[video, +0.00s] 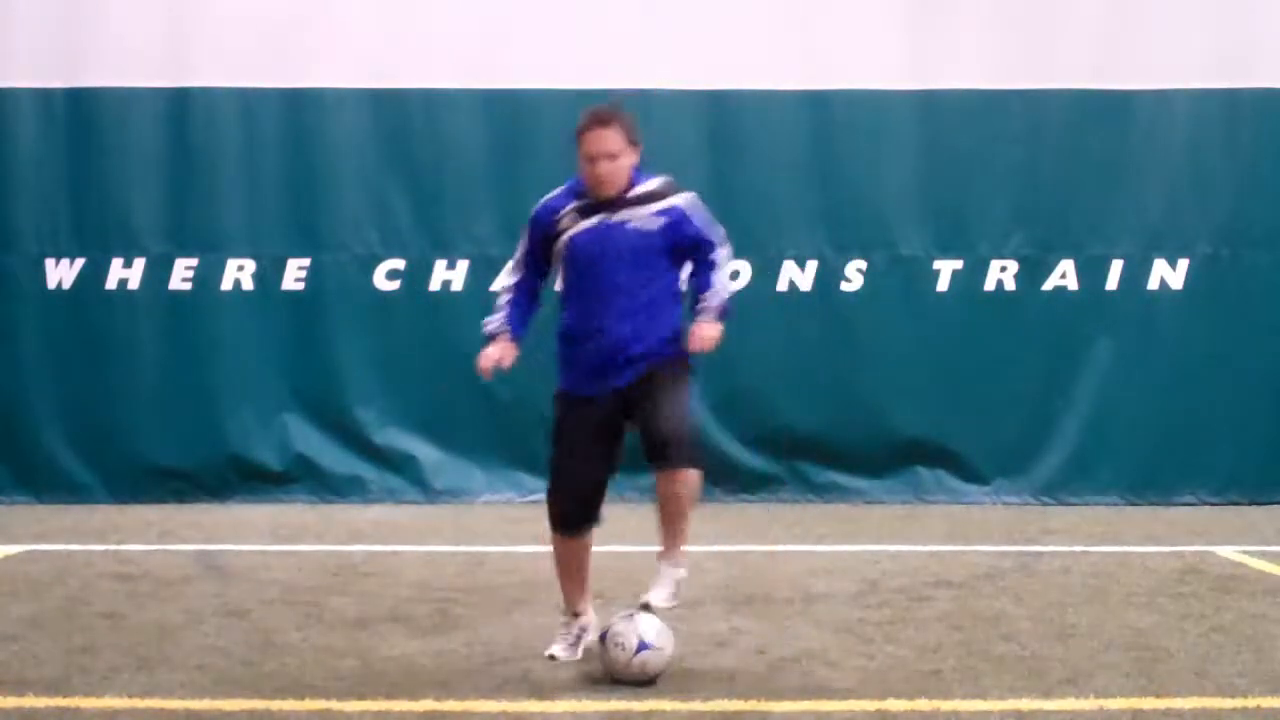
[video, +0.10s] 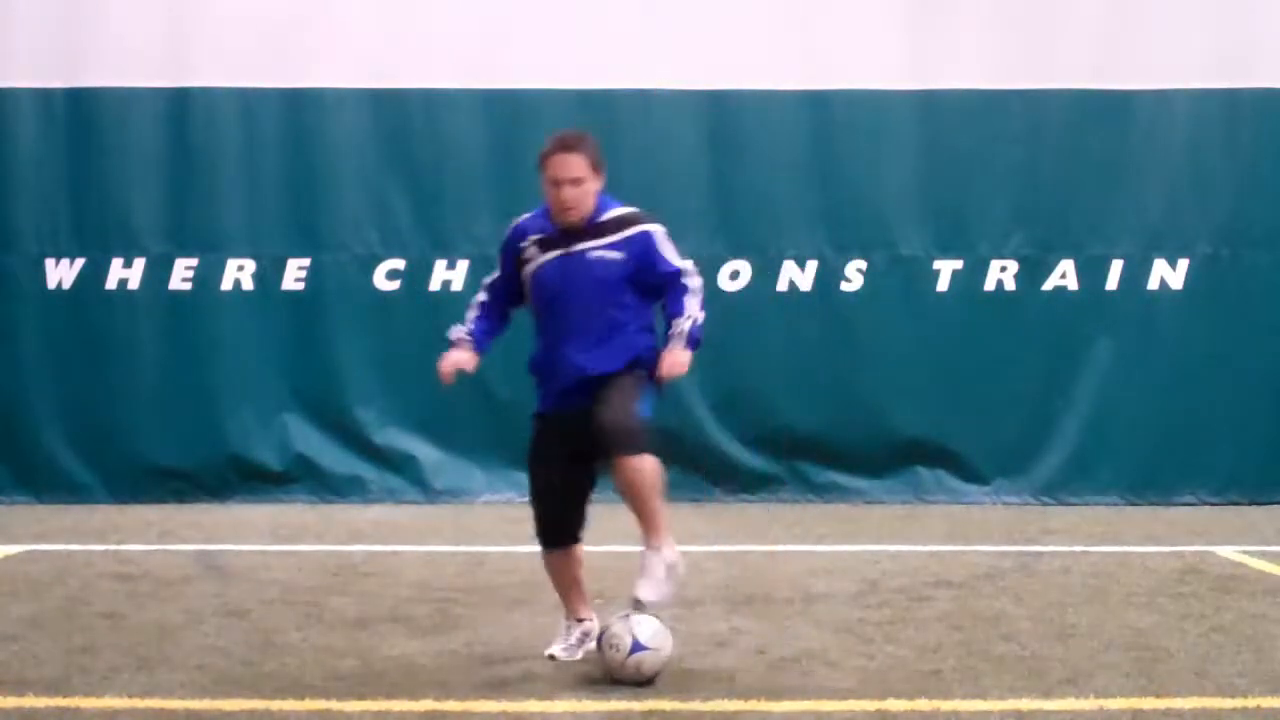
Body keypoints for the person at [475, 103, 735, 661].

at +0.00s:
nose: (600, 169)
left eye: (610, 157)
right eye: (590, 159)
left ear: (634, 154)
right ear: (578, 161)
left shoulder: (669, 201)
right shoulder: (555, 214)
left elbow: (715, 254)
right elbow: (523, 276)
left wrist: (709, 314)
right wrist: (504, 333)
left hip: (657, 366)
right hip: (586, 378)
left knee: (676, 444)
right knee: (568, 503)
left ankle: (672, 562)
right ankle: (578, 618)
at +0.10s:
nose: (565, 193)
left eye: (576, 182)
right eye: (555, 183)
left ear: (598, 182)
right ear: (543, 186)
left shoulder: (633, 228)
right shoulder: (526, 238)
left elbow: (684, 283)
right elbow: (498, 297)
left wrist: (680, 341)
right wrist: (466, 342)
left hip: (622, 372)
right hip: (560, 388)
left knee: (618, 429)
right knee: (553, 515)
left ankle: (661, 549)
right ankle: (581, 620)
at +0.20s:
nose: (538, 180)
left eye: (548, 168)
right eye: (528, 169)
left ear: (571, 165)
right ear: (516, 171)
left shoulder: (611, 211)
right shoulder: (504, 219)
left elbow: (666, 274)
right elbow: (480, 274)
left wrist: (672, 338)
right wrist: (448, 312)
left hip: (603, 359)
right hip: (541, 372)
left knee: (571, 427)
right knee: (545, 502)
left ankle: (619, 546)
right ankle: (580, 613)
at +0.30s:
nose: (516, 168)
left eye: (527, 156)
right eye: (506, 157)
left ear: (551, 151)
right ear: (493, 155)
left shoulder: (590, 196)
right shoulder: (482, 201)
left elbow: (646, 257)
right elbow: (459, 251)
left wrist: (660, 327)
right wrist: (428, 290)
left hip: (583, 350)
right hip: (525, 358)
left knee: (538, 454)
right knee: (520, 482)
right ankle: (604, 570)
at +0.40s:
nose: (494, 194)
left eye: (505, 182)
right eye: (484, 182)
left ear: (530, 177)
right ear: (472, 180)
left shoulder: (568, 224)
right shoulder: (465, 219)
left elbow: (625, 285)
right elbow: (439, 260)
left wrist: (640, 356)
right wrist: (408, 292)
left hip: (557, 385)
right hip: (503, 386)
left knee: (505, 503)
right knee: (495, 504)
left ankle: (495, 645)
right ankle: (620, 532)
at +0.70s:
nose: (481, 229)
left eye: (491, 216)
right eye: (470, 217)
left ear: (512, 207)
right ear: (455, 211)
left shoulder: (551, 255)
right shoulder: (442, 246)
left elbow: (616, 314)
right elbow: (411, 280)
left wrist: (637, 379)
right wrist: (380, 308)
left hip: (542, 415)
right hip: (483, 415)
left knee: (486, 522)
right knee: (462, 522)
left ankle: (496, 649)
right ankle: (591, 529)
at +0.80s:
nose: (495, 199)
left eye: (505, 186)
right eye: (483, 188)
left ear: (523, 179)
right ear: (467, 185)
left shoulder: (563, 219)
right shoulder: (449, 227)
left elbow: (626, 265)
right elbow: (418, 277)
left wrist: (639, 337)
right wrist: (391, 325)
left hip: (557, 386)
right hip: (494, 387)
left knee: (522, 494)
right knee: (475, 501)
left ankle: (506, 637)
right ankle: (548, 585)